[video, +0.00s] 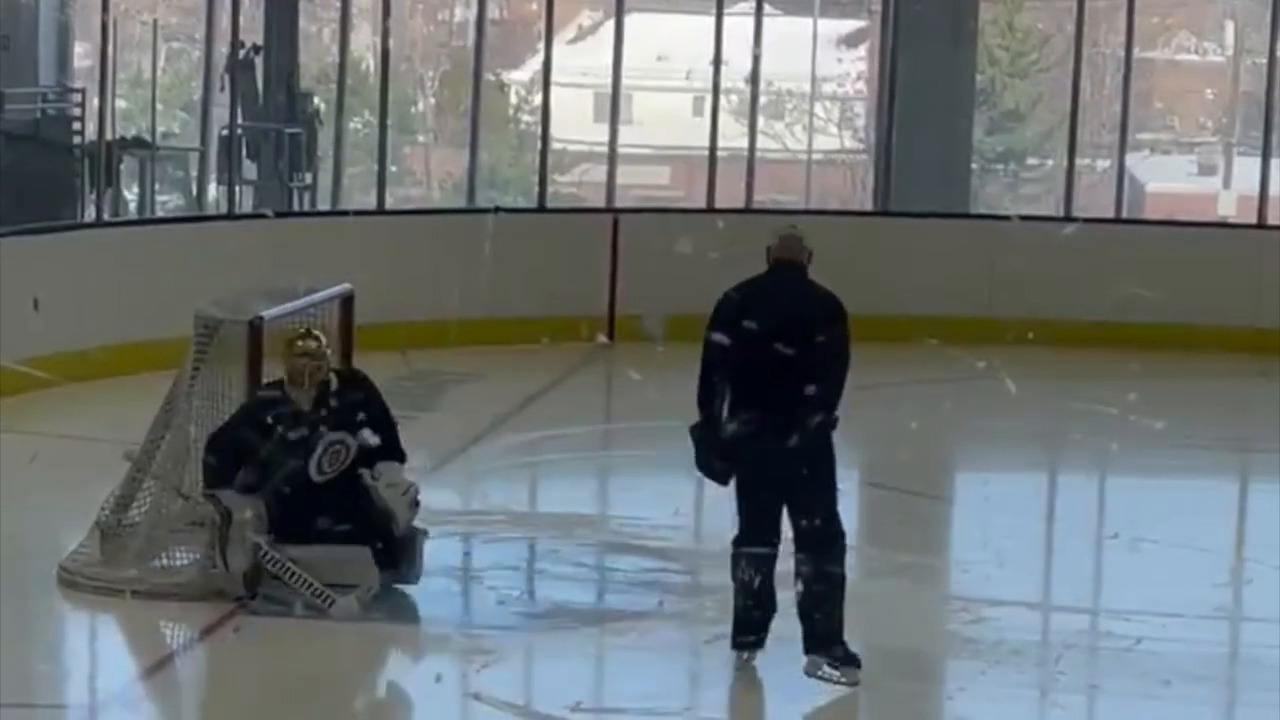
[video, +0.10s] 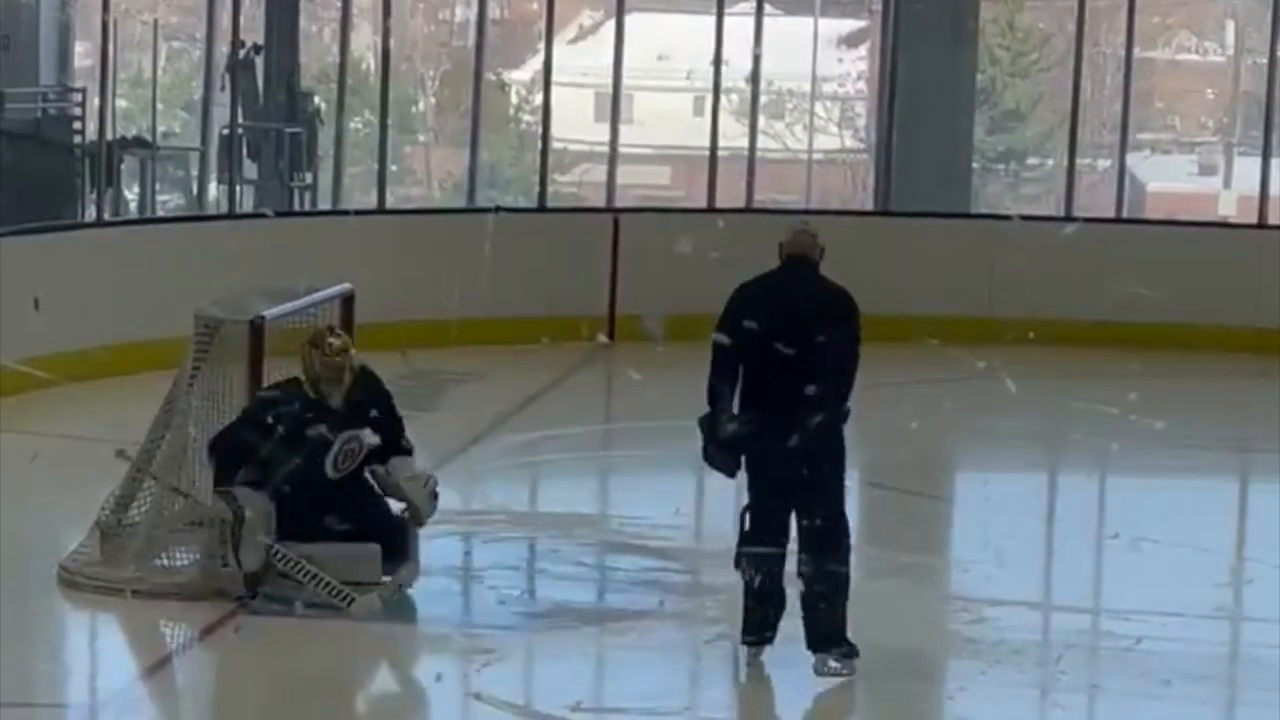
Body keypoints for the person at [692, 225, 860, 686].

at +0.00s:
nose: (796, 266)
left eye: (784, 256)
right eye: (801, 258)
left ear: (767, 260)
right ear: (808, 262)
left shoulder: (735, 300)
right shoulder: (826, 306)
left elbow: (711, 373)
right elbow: (832, 374)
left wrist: (709, 434)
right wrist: (815, 425)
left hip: (749, 441)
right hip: (806, 444)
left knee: (755, 534)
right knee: (820, 539)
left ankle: (747, 635)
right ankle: (824, 647)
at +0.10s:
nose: (805, 258)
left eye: (795, 250)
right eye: (814, 252)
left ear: (779, 255)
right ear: (820, 259)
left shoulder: (748, 294)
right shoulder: (838, 301)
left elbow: (723, 365)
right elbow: (841, 373)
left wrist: (718, 425)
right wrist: (821, 422)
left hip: (761, 432)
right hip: (818, 437)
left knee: (763, 523)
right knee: (824, 532)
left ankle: (756, 629)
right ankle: (828, 644)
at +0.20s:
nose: (825, 259)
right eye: (831, 253)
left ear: (794, 254)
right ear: (833, 256)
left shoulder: (763, 291)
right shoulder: (851, 299)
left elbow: (737, 359)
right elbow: (858, 367)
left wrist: (731, 418)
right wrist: (842, 417)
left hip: (774, 429)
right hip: (830, 434)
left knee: (775, 522)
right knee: (830, 529)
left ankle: (764, 627)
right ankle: (829, 639)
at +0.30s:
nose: (840, 262)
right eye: (847, 256)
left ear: (810, 254)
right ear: (849, 257)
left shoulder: (780, 292)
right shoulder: (868, 300)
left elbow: (754, 362)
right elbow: (875, 371)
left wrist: (746, 421)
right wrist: (861, 420)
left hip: (788, 430)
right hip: (844, 436)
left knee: (786, 521)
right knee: (842, 529)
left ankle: (771, 621)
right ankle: (839, 630)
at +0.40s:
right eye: (866, 255)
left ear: (830, 255)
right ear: (868, 258)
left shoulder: (800, 293)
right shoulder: (887, 300)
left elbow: (774, 364)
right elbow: (901, 369)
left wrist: (767, 425)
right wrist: (882, 420)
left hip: (809, 429)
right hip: (865, 433)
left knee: (798, 520)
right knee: (862, 527)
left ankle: (779, 617)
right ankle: (856, 626)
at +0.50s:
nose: (877, 261)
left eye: (868, 252)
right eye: (886, 254)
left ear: (852, 255)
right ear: (890, 258)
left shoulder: (821, 294)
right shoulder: (910, 301)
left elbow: (796, 364)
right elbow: (926, 365)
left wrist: (787, 422)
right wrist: (909, 415)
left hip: (832, 427)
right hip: (888, 433)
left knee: (814, 517)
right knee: (884, 526)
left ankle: (789, 609)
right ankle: (874, 618)